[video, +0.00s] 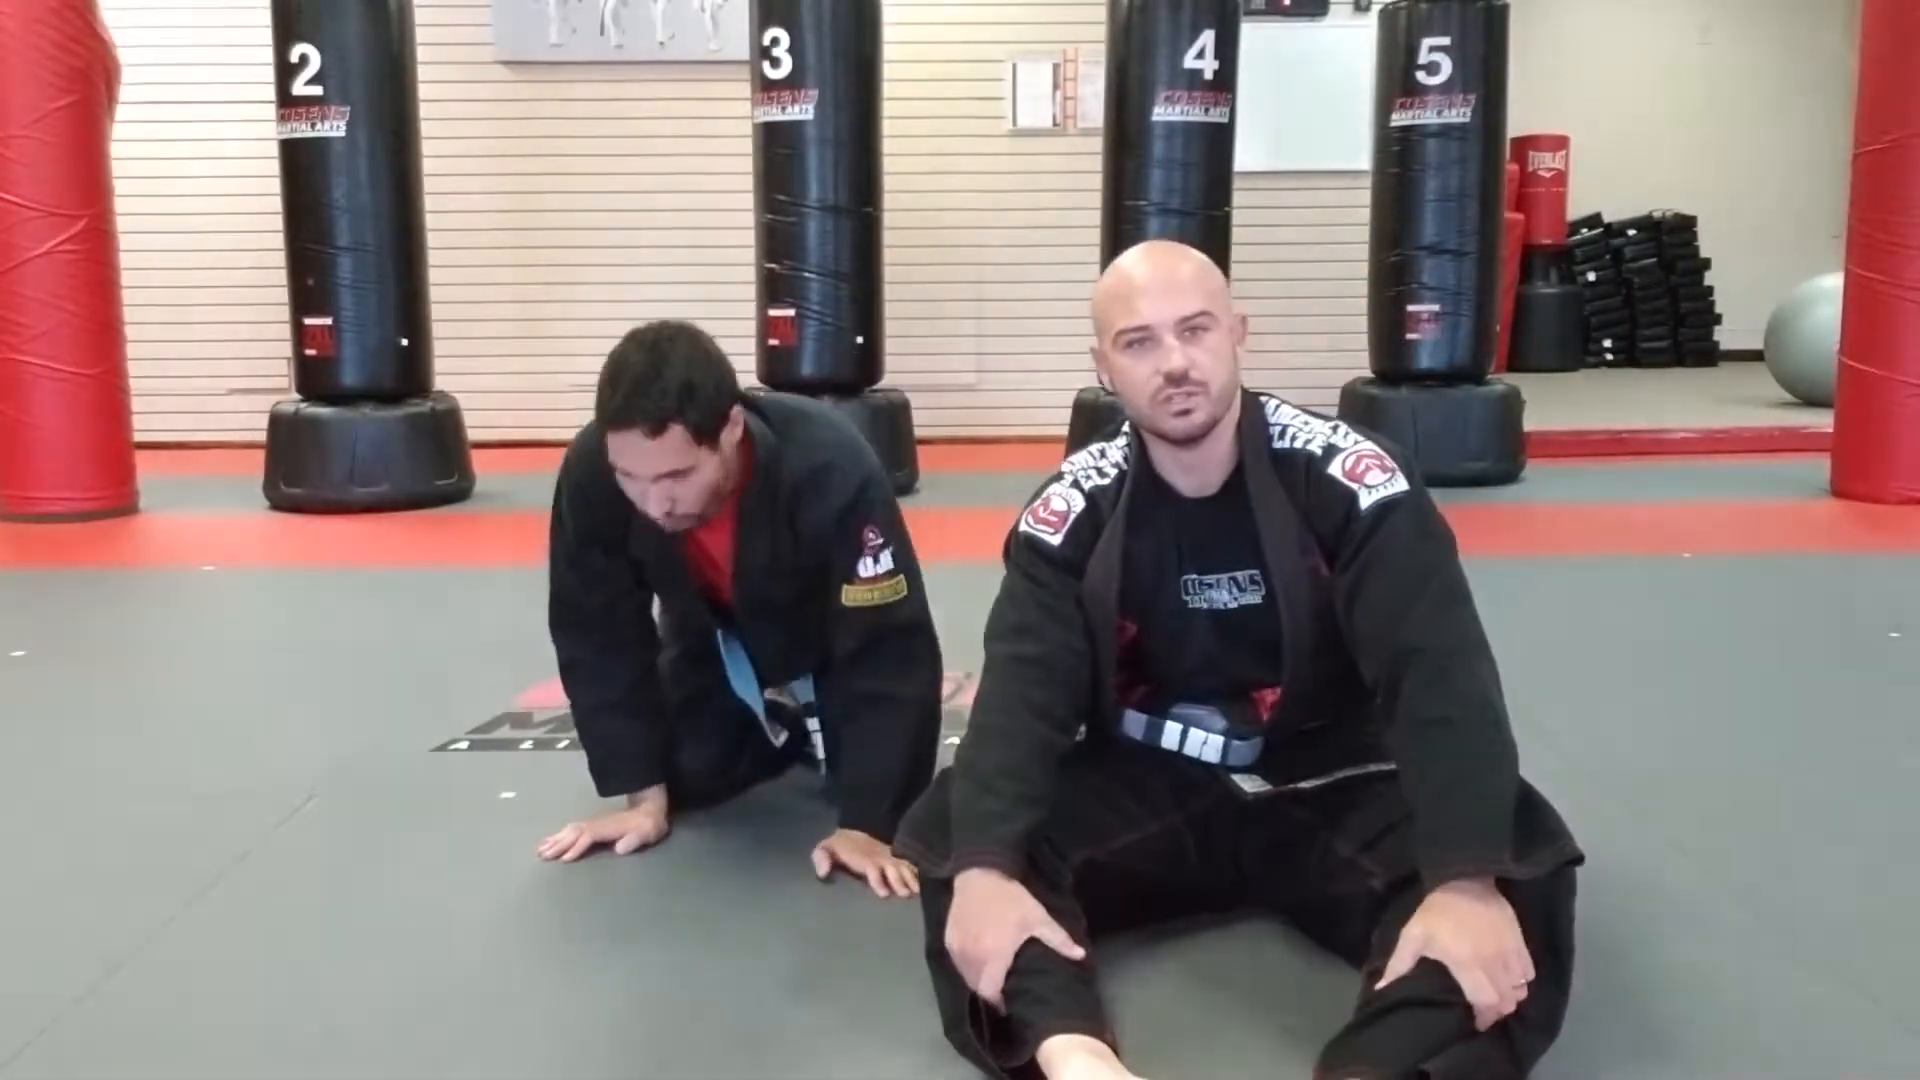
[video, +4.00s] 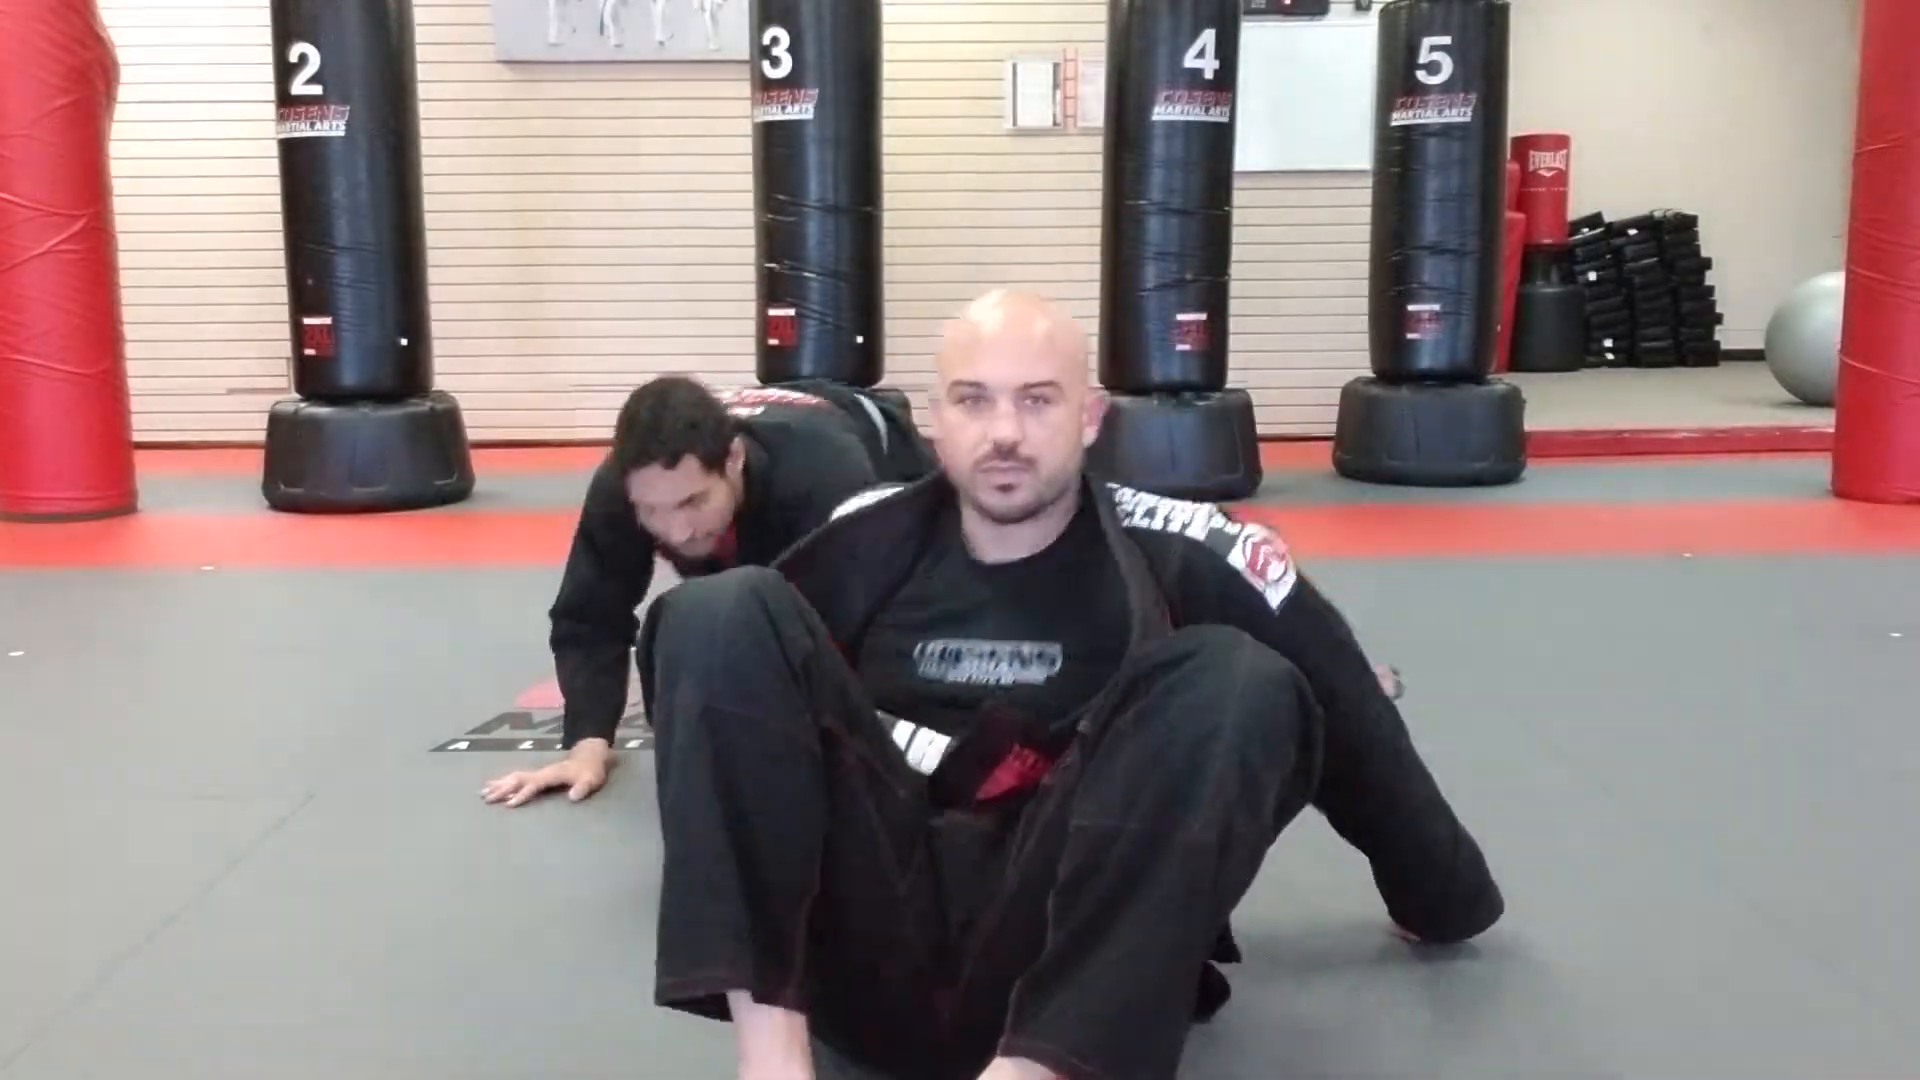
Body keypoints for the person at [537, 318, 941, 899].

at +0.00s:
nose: (652, 504)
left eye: (674, 477)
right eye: (628, 478)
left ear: (731, 433)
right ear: (609, 450)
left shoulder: (828, 466)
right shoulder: (597, 472)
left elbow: (890, 640)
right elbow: (599, 633)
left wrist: (864, 826)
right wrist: (642, 797)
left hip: (833, 636)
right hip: (714, 641)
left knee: (885, 815)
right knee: (680, 778)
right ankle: (793, 725)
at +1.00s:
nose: (804, 217)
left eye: (825, 203)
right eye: (782, 203)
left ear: (854, 231)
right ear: (756, 230)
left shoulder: (917, 353)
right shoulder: (698, 349)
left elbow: (981, 482)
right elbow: (628, 472)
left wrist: (938, 605)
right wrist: (674, 594)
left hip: (871, 603)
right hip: (740, 599)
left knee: (909, 762)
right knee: (679, 762)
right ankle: (807, 718)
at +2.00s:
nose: (798, 228)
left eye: (819, 211)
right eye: (777, 211)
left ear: (848, 234)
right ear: (750, 235)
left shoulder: (913, 354)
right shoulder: (693, 350)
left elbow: (976, 482)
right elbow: (628, 474)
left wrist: (933, 607)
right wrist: (667, 597)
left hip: (866, 603)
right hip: (735, 599)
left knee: (908, 763)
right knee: (676, 763)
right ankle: (801, 720)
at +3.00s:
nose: (772, 275)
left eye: (792, 252)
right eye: (749, 254)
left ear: (824, 257)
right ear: (725, 263)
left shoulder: (889, 370)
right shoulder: (676, 374)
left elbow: (936, 519)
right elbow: (628, 518)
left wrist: (872, 621)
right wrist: (627, 646)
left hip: (861, 609)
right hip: (735, 604)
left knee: (919, 758)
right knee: (676, 749)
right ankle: (809, 708)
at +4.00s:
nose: (674, 532)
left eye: (692, 503)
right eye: (651, 510)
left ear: (733, 462)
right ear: (628, 491)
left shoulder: (820, 484)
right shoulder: (626, 484)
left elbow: (852, 620)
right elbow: (590, 614)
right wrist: (588, 747)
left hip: (880, 431)